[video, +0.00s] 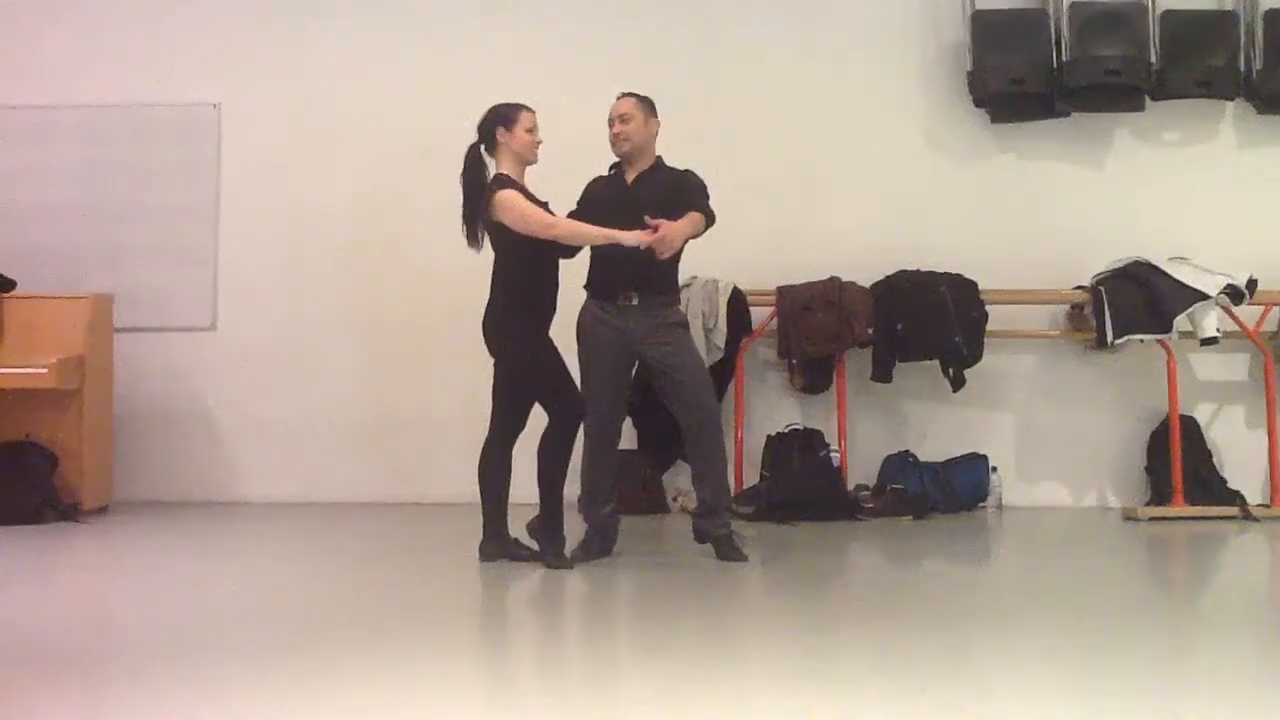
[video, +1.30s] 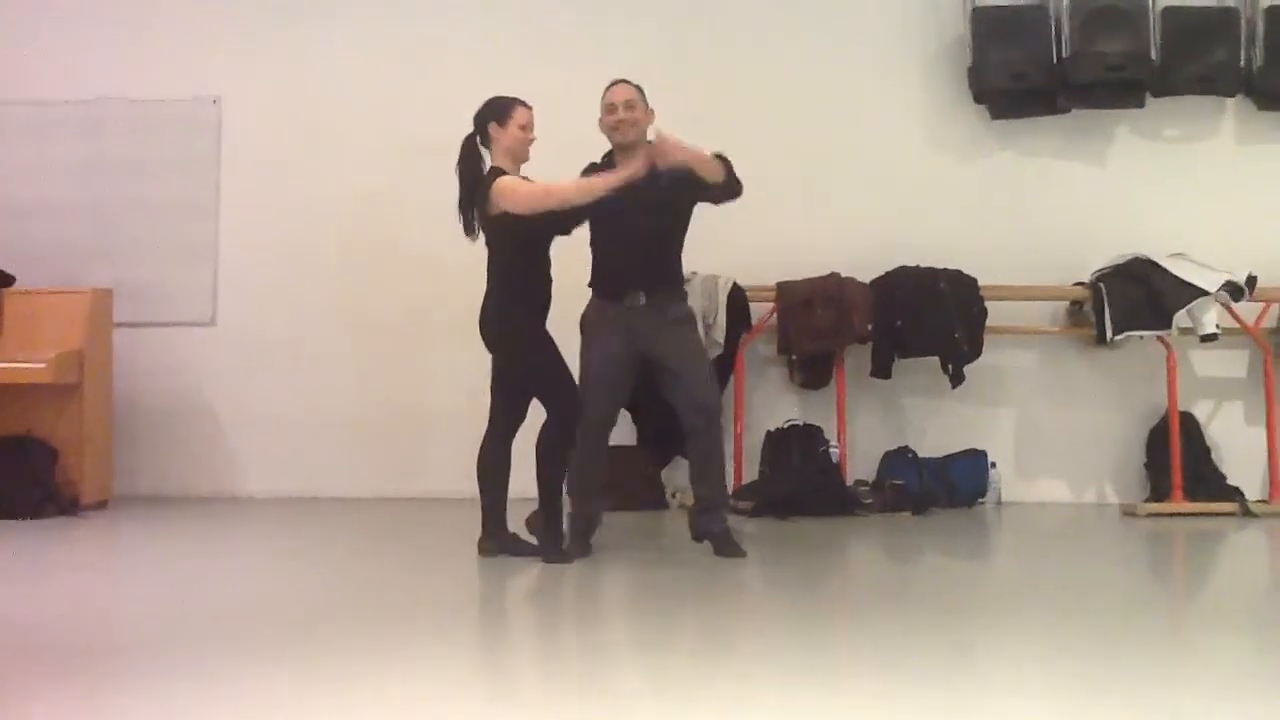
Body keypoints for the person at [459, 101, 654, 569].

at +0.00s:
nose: (539, 138)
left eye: (537, 130)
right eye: (531, 130)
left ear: (510, 137)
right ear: (503, 136)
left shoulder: (518, 193)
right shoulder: (502, 196)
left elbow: (559, 245)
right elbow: (556, 232)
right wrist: (623, 235)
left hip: (524, 325)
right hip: (515, 327)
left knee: (503, 430)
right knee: (568, 410)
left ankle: (494, 536)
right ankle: (549, 522)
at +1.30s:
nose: (532, 137)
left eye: (532, 129)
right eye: (524, 129)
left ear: (506, 135)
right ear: (495, 132)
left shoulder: (514, 185)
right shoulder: (502, 188)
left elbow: (568, 198)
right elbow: (567, 195)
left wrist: (617, 176)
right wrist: (622, 174)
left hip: (518, 318)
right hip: (514, 322)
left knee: (502, 426)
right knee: (567, 409)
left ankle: (494, 532)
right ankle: (548, 518)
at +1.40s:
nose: (528, 134)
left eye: (528, 126)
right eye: (520, 126)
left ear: (500, 130)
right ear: (492, 127)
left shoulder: (507, 182)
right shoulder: (497, 183)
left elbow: (564, 189)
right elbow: (565, 183)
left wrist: (619, 155)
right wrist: (623, 154)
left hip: (513, 315)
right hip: (510, 318)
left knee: (499, 423)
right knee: (563, 404)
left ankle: (491, 529)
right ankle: (546, 517)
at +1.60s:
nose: (514, 137)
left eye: (515, 129)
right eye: (507, 128)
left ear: (490, 134)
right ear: (478, 129)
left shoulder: (497, 180)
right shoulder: (481, 187)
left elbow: (551, 192)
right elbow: (545, 211)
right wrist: (615, 200)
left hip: (502, 317)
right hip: (498, 321)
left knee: (499, 421)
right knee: (558, 402)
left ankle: (490, 531)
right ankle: (545, 519)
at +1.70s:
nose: (504, 141)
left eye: (504, 132)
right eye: (496, 132)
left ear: (480, 137)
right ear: (466, 134)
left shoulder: (487, 189)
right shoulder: (464, 197)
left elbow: (534, 212)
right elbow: (502, 261)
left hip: (490, 322)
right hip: (480, 326)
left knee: (494, 424)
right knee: (546, 404)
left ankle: (489, 531)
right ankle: (521, 520)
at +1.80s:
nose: (496, 141)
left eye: (497, 132)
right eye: (487, 131)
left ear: (483, 137)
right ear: (458, 133)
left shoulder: (479, 189)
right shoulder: (454, 196)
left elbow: (514, 231)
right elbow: (473, 267)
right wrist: (544, 272)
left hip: (489, 320)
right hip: (471, 324)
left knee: (532, 411)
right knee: (496, 422)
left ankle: (479, 506)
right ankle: (488, 531)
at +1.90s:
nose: (487, 143)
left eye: (489, 135)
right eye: (478, 134)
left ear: (483, 141)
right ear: (449, 136)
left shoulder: (471, 190)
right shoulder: (444, 195)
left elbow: (491, 242)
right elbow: (459, 263)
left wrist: (528, 235)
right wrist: (517, 247)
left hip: (481, 321)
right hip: (462, 325)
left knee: (496, 424)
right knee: (498, 424)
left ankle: (492, 533)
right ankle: (429, 501)